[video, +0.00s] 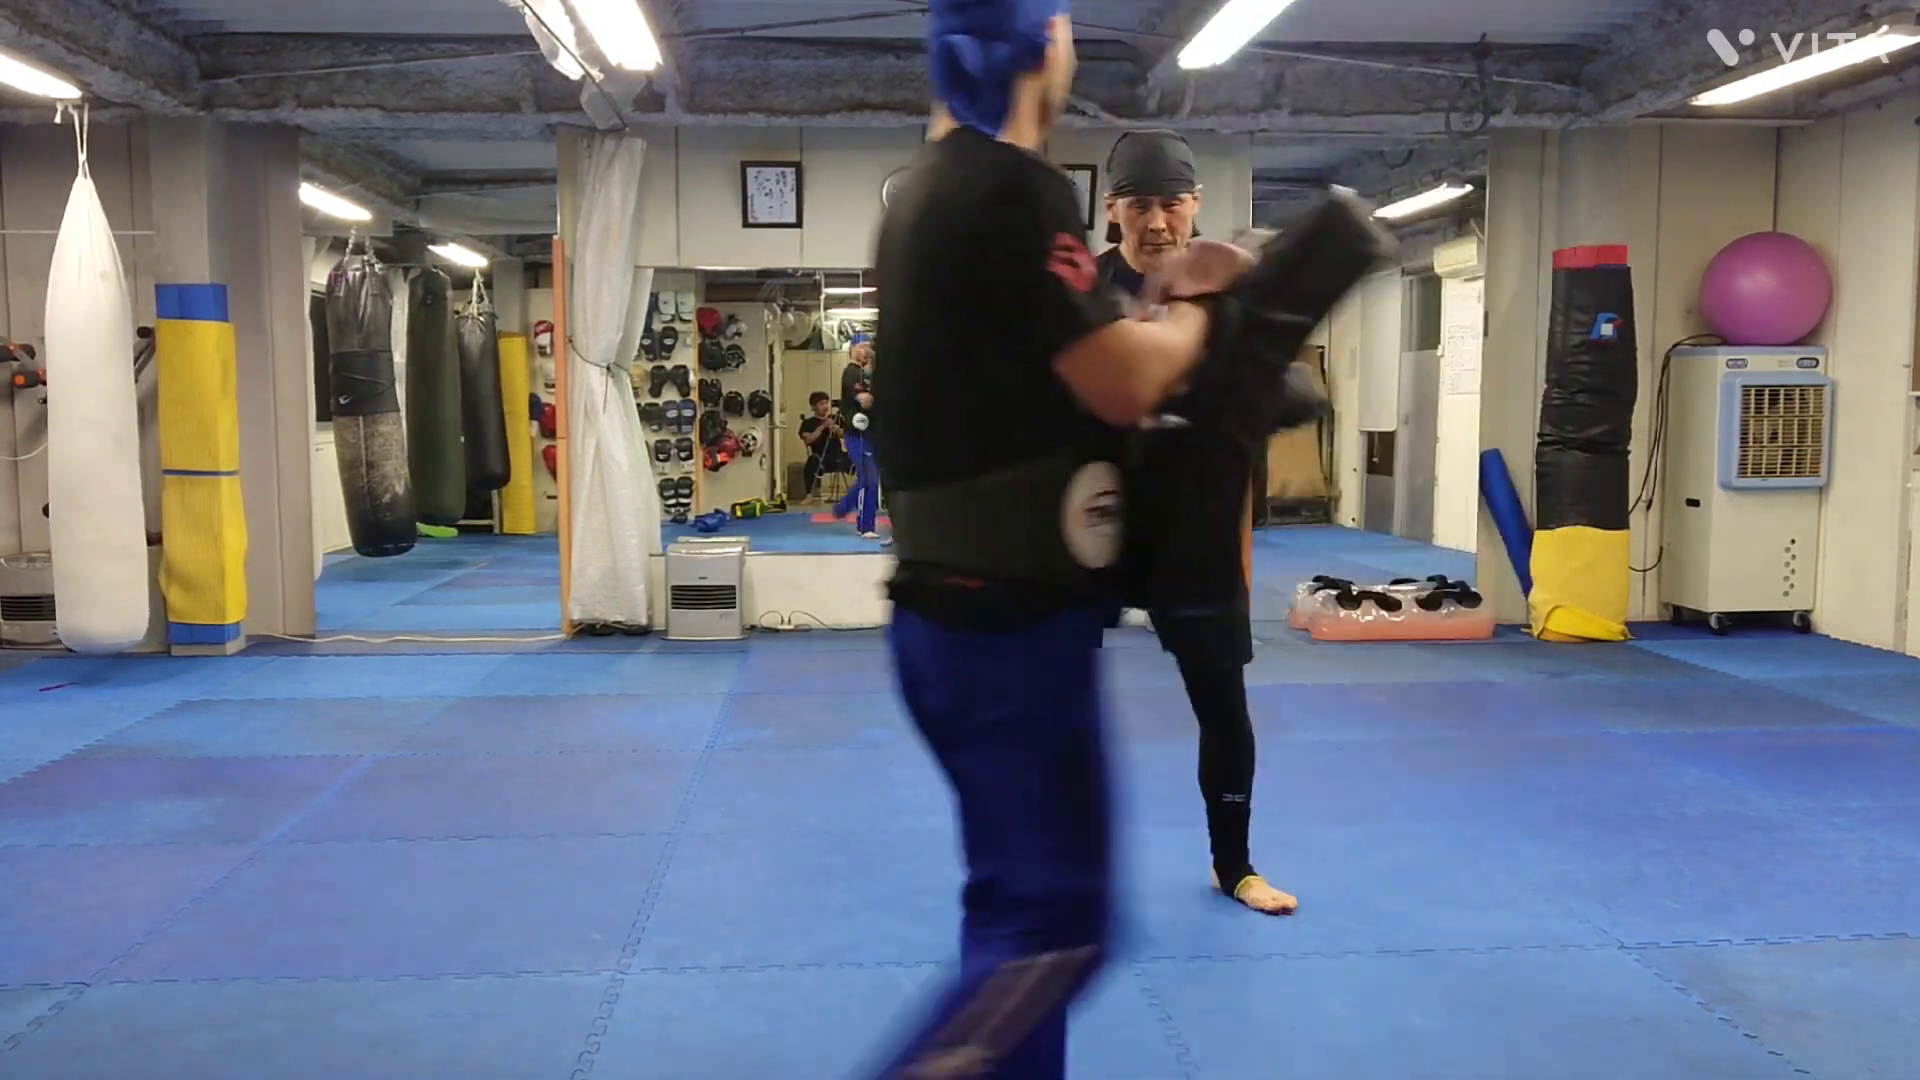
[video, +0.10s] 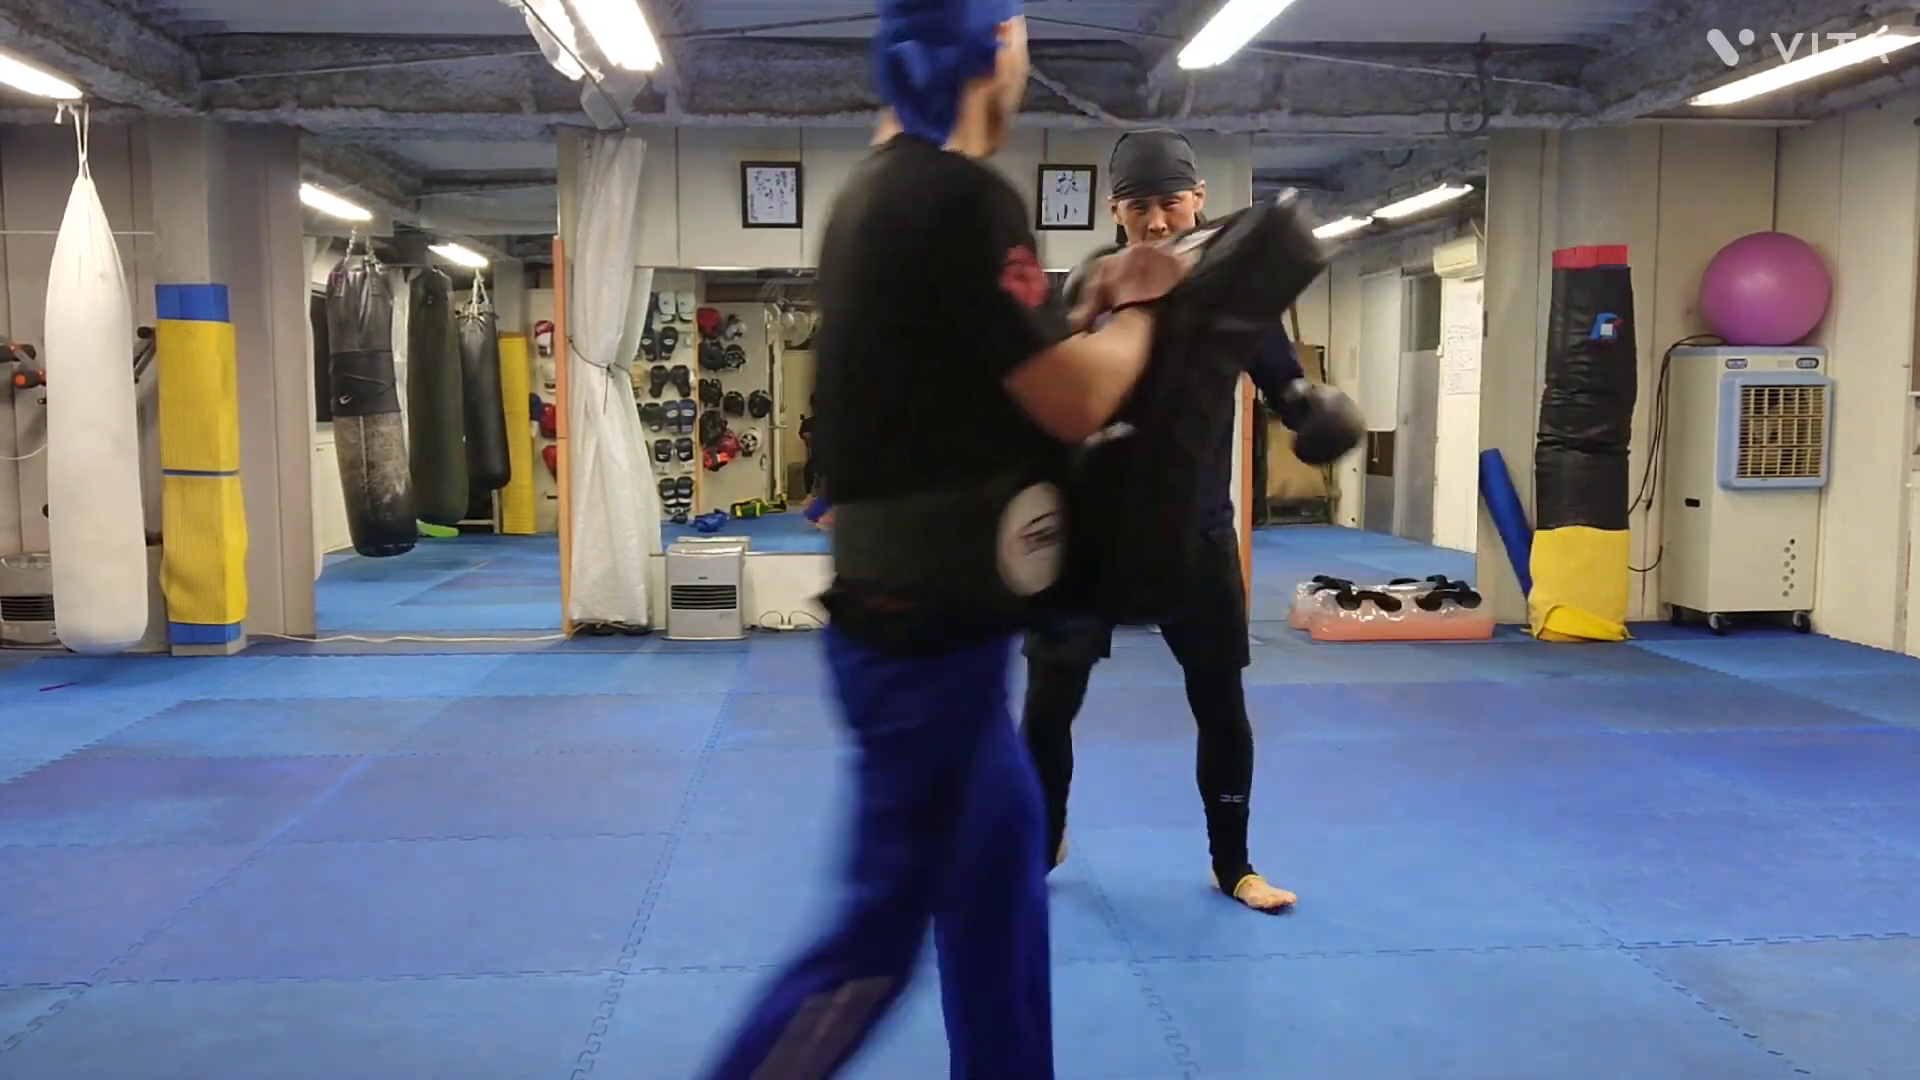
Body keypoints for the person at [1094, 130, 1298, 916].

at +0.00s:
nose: (1156, 223)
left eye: (1171, 205)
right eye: (1138, 206)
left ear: (1196, 210)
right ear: (1110, 211)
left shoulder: (1226, 299)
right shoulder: (1082, 293)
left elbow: (1254, 421)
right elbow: (1043, 402)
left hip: (1193, 529)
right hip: (1081, 526)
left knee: (1223, 702)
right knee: (1041, 690)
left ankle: (1234, 867)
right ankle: (1037, 874)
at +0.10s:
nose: (1153, 219)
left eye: (1167, 202)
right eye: (1137, 203)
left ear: (1196, 201)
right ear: (1116, 208)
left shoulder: (1228, 285)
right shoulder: (1085, 290)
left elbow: (1283, 383)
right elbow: (1045, 395)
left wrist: (1318, 420)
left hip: (1193, 525)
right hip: (1088, 523)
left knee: (1221, 701)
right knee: (1048, 696)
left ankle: (1232, 865)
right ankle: (1041, 841)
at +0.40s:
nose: (1110, 206)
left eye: (1122, 188)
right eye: (1094, 191)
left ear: (1155, 196)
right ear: (1075, 202)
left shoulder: (1208, 274)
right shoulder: (1058, 275)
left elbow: (1248, 359)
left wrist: (1126, 295)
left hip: (1175, 532)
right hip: (1069, 530)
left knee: (1206, 697)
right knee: (985, 683)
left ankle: (1231, 868)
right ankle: (991, 892)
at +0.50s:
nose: (1067, 215)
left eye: (1073, 200)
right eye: (1057, 203)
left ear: (1098, 200)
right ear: (1043, 208)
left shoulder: (1151, 258)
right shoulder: (1039, 267)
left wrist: (1028, 237)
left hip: (1160, 534)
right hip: (1058, 538)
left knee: (1202, 706)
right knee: (966, 700)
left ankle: (1234, 866)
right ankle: (982, 927)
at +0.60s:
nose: (970, 208)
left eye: (989, 191)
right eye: (984, 191)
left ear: (1019, 187)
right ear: (994, 196)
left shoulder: (1065, 236)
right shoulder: (978, 268)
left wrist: (937, 243)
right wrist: (910, 274)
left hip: (1118, 503)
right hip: (1024, 525)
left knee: (1207, 695)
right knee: (953, 717)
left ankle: (1246, 799)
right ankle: (981, 942)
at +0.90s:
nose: (898, 213)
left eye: (906, 197)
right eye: (896, 201)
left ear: (947, 188)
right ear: (927, 194)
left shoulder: (1025, 240)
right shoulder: (918, 286)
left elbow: (1133, 314)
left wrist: (1253, 379)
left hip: (1060, 446)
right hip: (1012, 508)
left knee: (979, 388)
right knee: (971, 709)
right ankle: (964, 941)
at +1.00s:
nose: (921, 190)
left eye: (936, 176)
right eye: (906, 180)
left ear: (972, 181)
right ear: (895, 196)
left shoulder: (1010, 239)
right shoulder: (900, 297)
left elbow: (1097, 307)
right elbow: (893, 431)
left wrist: (1156, 380)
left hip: (1052, 422)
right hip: (986, 482)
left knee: (1020, 460)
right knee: (969, 703)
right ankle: (974, 941)